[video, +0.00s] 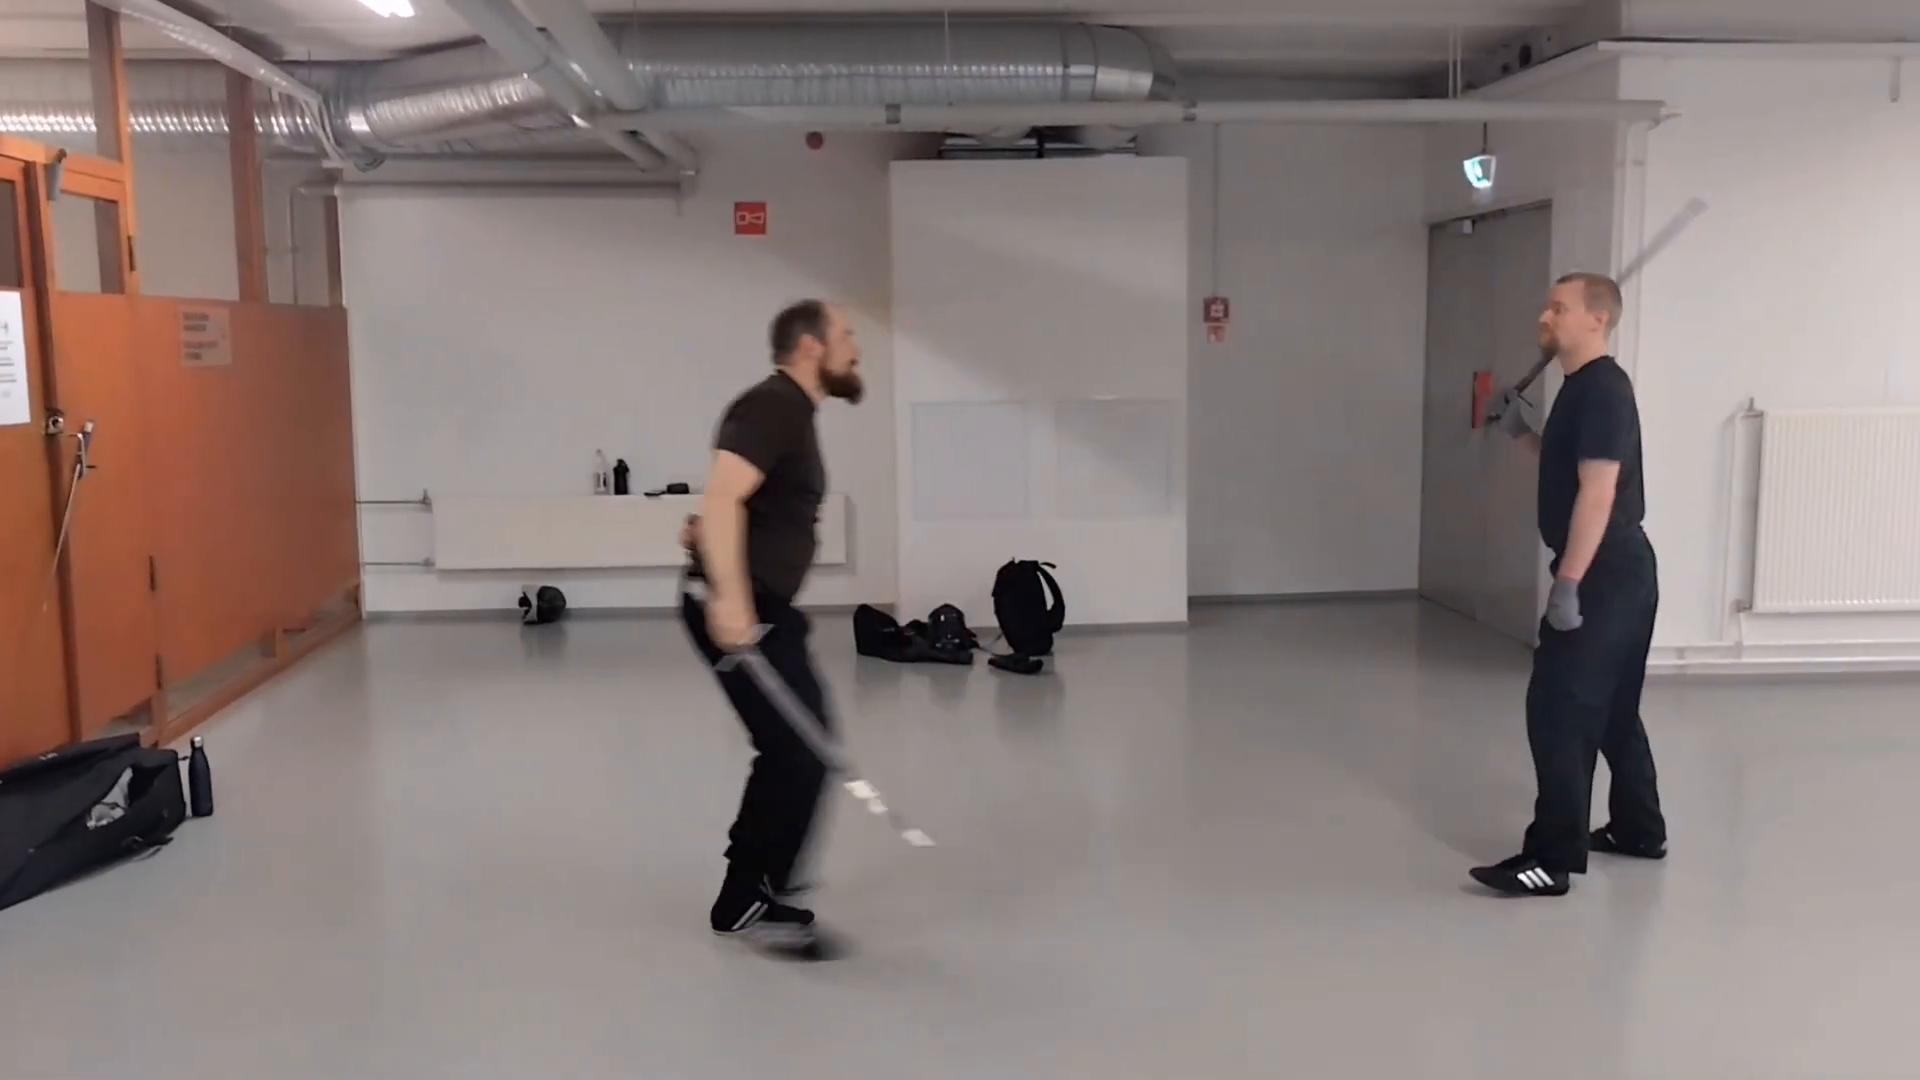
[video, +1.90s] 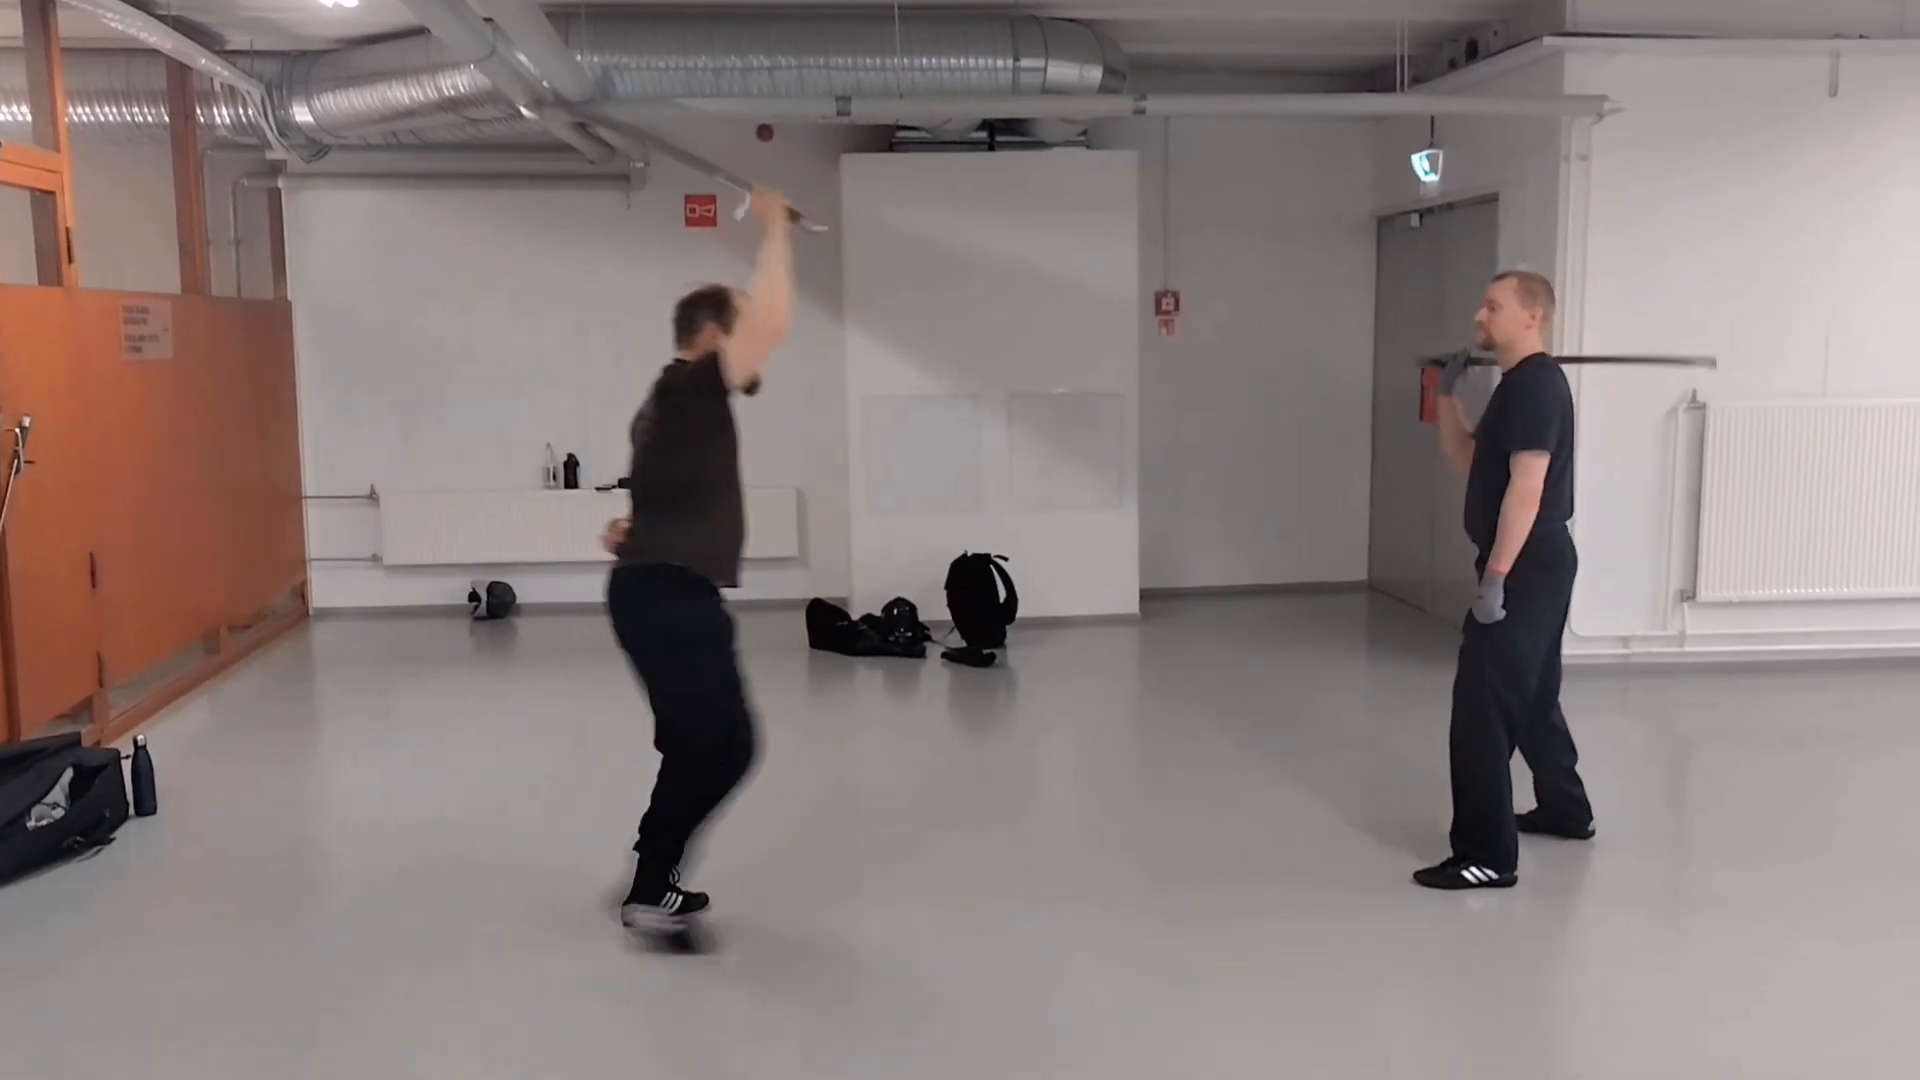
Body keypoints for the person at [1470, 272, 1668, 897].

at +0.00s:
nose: (1544, 318)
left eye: (1557, 308)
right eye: (1545, 308)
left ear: (1597, 321)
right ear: (1587, 323)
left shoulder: (1601, 386)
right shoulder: (1582, 386)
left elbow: (1598, 489)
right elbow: (1563, 475)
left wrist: (1567, 580)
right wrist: (1521, 430)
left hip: (1601, 571)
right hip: (1613, 566)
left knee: (1557, 708)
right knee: (1612, 706)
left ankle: (1553, 858)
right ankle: (1639, 828)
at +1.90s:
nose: (1480, 317)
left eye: (1492, 307)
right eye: (1482, 307)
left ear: (1532, 317)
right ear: (1526, 320)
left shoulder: (1536, 383)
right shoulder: (1520, 383)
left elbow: (1528, 488)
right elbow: (1470, 463)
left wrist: (1494, 575)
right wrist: (1446, 404)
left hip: (1523, 565)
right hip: (1531, 560)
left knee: (1477, 710)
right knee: (1530, 695)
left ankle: (1485, 858)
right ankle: (1565, 810)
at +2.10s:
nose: (1482, 315)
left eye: (1494, 304)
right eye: (1483, 305)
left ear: (1534, 316)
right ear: (1505, 317)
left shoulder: (1556, 388)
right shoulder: (1485, 385)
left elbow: (1556, 488)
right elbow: (1406, 411)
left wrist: (1520, 575)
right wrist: (1403, 344)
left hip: (1530, 562)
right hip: (1489, 558)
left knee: (1491, 703)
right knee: (1518, 691)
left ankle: (1486, 857)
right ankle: (1563, 802)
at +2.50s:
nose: (1464, 312)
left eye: (1477, 303)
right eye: (1466, 302)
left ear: (1517, 310)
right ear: (1497, 311)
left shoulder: (1545, 384)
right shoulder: (1464, 368)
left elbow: (1552, 483)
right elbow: (1414, 392)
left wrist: (1522, 562)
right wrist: (1364, 396)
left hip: (1512, 550)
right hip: (1467, 545)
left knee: (1498, 690)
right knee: (1502, 682)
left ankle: (1492, 842)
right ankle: (1557, 791)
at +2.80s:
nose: (1402, 318)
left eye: (1416, 309)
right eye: (1404, 308)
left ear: (1456, 320)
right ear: (1417, 320)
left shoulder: (1491, 390)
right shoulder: (1397, 388)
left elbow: (1522, 486)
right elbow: (1382, 472)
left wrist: (1498, 569)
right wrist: (1353, 489)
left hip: (1471, 563)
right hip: (1420, 560)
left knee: (1430, 682)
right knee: (1472, 674)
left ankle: (1424, 834)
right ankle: (1543, 772)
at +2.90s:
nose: (1385, 313)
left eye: (1399, 304)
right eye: (1386, 303)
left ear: (1439, 316)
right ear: (1392, 314)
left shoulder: (1470, 390)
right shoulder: (1373, 378)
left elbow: (1499, 490)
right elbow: (1338, 449)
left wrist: (1466, 571)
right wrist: (1294, 467)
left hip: (1440, 560)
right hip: (1386, 557)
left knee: (1400, 685)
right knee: (1434, 675)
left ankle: (1419, 829)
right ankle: (1513, 751)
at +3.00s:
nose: (1358, 311)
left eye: (1373, 303)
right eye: (1361, 301)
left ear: (1413, 316)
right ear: (1377, 313)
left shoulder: (1441, 391)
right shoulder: (1344, 371)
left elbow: (1469, 493)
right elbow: (1276, 415)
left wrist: (1432, 574)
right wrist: (1204, 437)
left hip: (1411, 565)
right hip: (1354, 558)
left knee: (1388, 702)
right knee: (1343, 694)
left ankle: (1416, 834)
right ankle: (1430, 739)